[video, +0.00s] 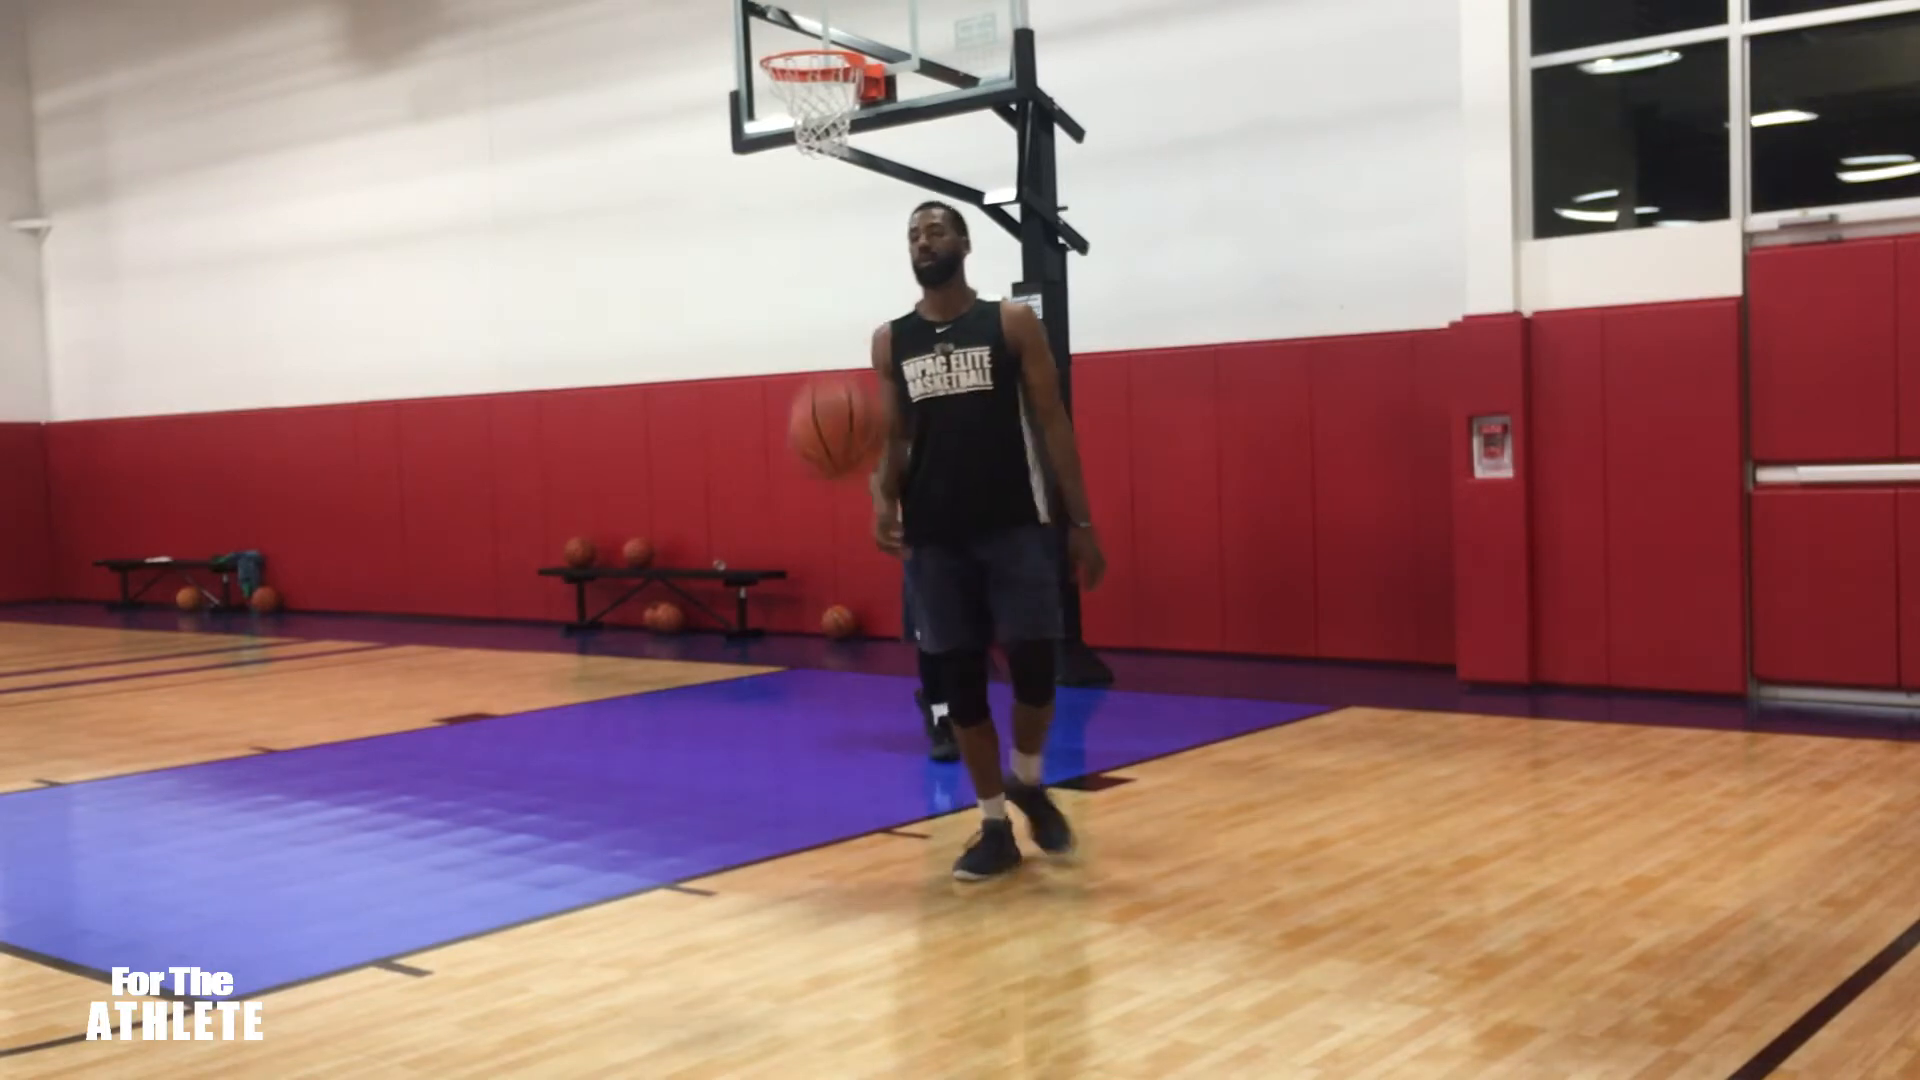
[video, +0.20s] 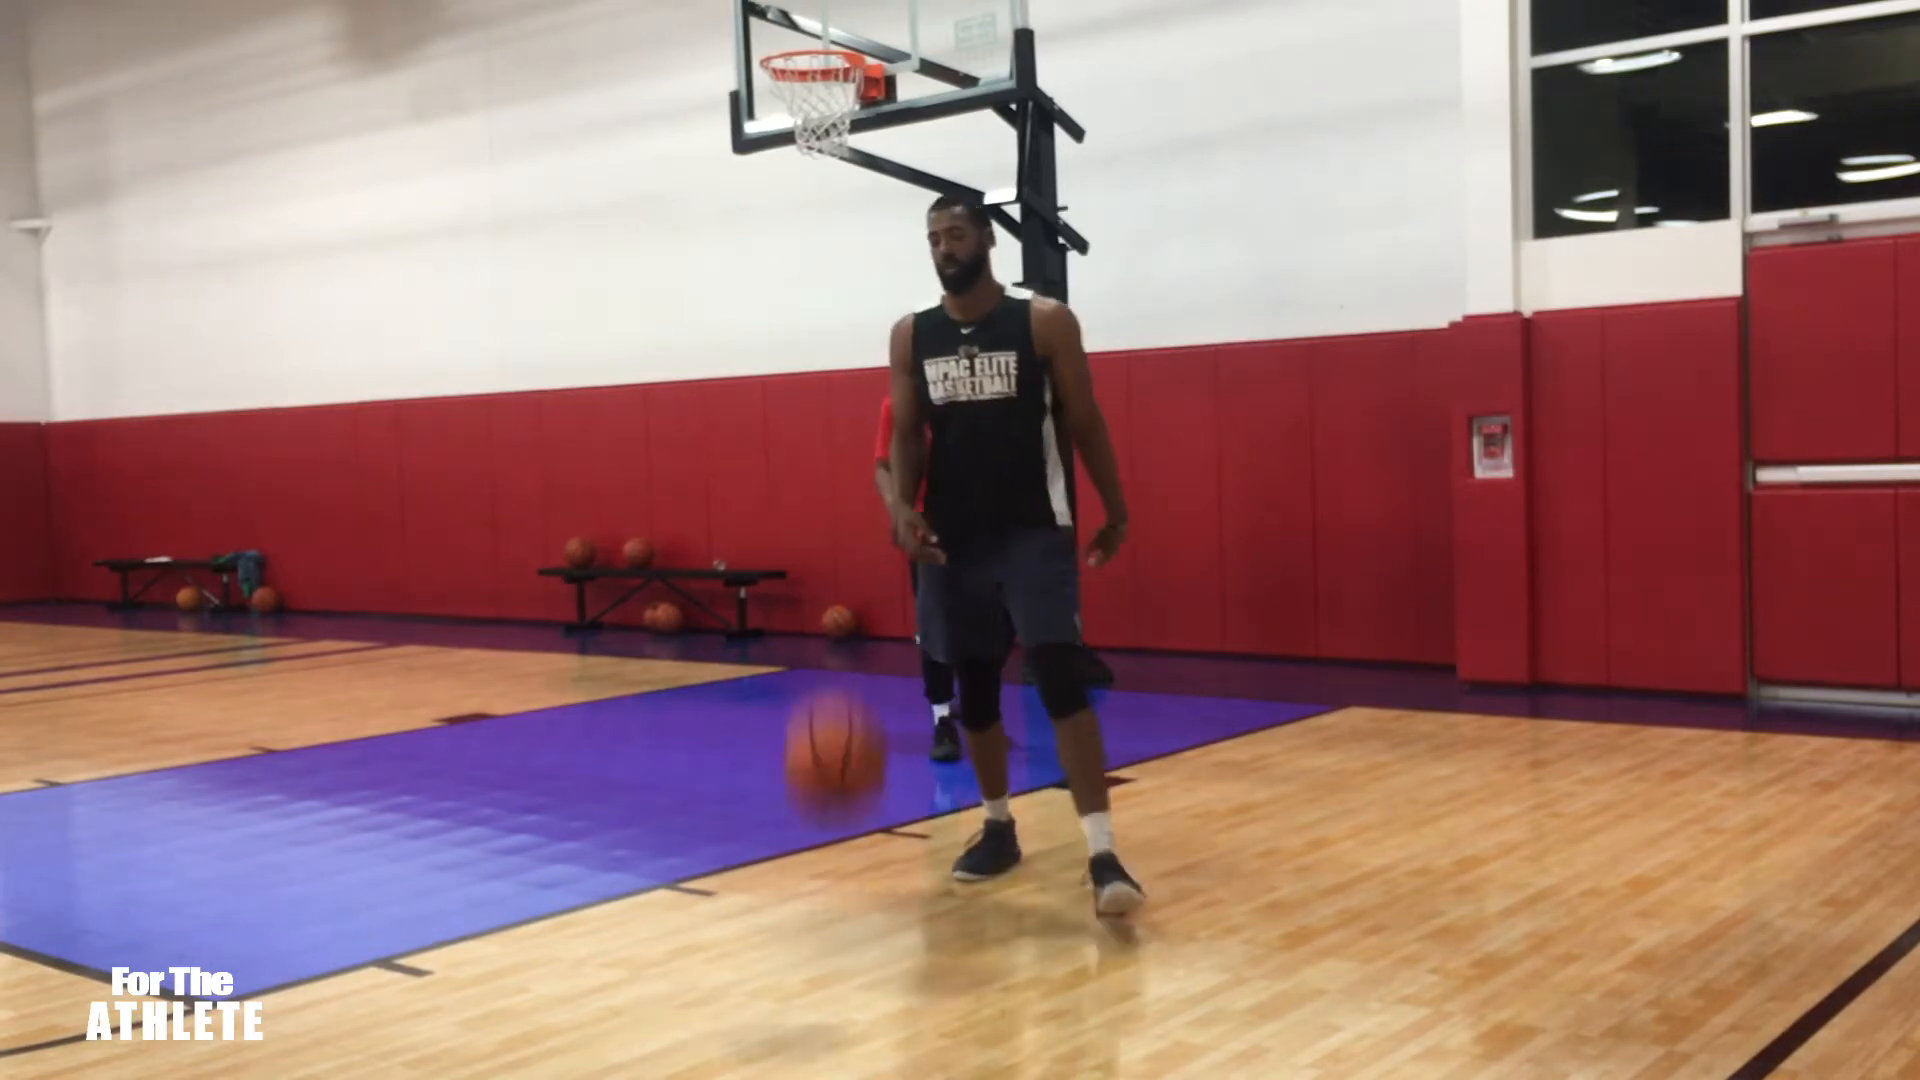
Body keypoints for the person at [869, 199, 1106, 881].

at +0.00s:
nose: (927, 239)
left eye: (939, 229)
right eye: (917, 233)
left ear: (966, 245)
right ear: (908, 254)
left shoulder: (1014, 322)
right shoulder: (892, 341)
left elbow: (1051, 423)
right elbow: (894, 436)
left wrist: (1080, 521)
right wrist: (885, 499)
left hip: (1015, 527)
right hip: (936, 538)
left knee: (1037, 667)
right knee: (959, 681)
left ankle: (1027, 781)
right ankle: (993, 824)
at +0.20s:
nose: (945, 246)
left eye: (956, 233)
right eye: (935, 237)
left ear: (987, 238)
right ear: (927, 249)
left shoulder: (1046, 322)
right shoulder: (912, 337)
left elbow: (1084, 423)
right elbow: (905, 436)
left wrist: (1116, 512)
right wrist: (902, 509)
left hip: (1035, 534)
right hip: (954, 540)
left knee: (1060, 679)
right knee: (974, 691)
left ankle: (1103, 857)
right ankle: (998, 829)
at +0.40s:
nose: (969, 271)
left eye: (981, 257)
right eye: (960, 261)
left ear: (1021, 258)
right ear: (956, 270)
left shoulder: (1081, 344)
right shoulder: (948, 363)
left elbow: (1137, 455)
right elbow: (932, 477)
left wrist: (1169, 564)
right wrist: (902, 565)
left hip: (1068, 557)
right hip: (986, 566)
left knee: (1071, 701)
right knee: (982, 707)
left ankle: (1120, 902)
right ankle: (1006, 814)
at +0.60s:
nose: (968, 225)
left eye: (980, 210)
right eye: (960, 214)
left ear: (1026, 211)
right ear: (961, 225)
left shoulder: (1094, 290)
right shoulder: (962, 325)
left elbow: (1179, 380)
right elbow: (952, 442)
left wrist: (1166, 463)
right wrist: (903, 536)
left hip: (1087, 518)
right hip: (1004, 525)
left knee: (1065, 680)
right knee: (957, 690)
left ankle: (1129, 889)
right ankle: (1018, 829)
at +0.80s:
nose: (968, 227)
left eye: (978, 210)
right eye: (969, 214)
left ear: (1022, 214)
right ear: (1009, 223)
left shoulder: (1104, 295)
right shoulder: (976, 334)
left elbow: (1182, 393)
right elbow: (957, 455)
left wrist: (1119, 384)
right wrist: (890, 520)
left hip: (1090, 548)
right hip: (1003, 555)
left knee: (1098, 718)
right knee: (944, 711)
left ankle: (1188, 936)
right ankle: (957, 903)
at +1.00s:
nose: (1010, 262)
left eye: (1017, 244)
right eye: (1011, 247)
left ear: (1054, 243)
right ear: (1051, 249)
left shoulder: (1129, 310)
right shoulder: (1028, 350)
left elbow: (1185, 404)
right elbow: (1005, 473)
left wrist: (1091, 324)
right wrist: (896, 445)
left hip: (1084, 561)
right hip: (1002, 563)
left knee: (1076, 740)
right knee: (930, 725)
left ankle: (1192, 947)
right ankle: (958, 906)